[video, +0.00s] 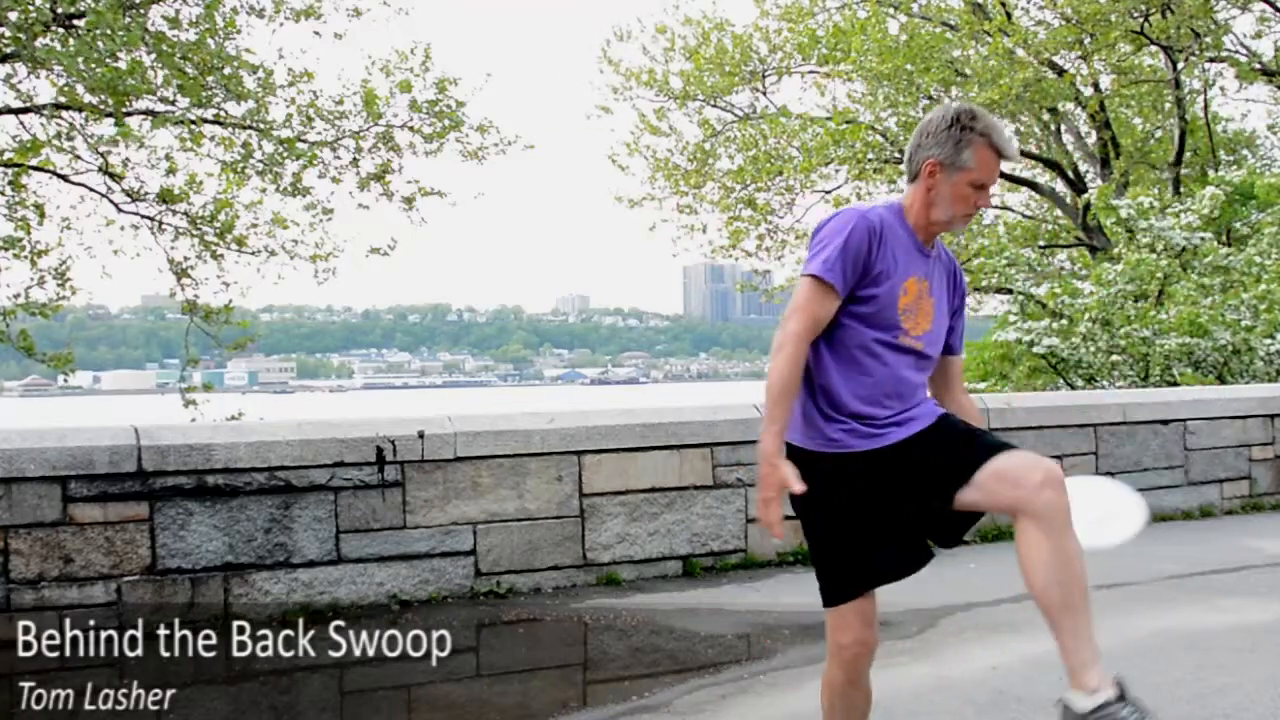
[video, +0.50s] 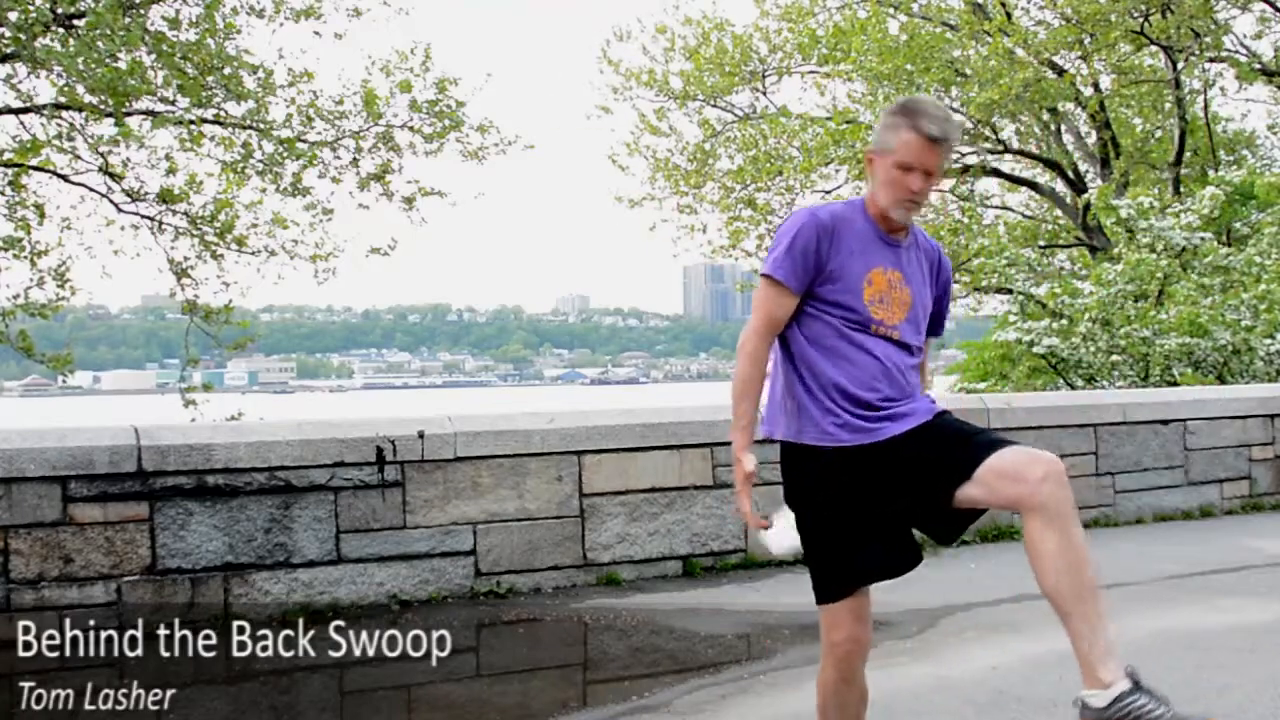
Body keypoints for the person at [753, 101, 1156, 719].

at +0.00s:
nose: (985, 203)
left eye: (990, 190)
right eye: (977, 186)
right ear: (930, 173)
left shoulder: (947, 276)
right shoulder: (858, 229)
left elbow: (949, 391)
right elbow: (794, 335)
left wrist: (1003, 479)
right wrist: (771, 452)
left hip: (914, 438)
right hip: (833, 455)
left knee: (1040, 484)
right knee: (852, 646)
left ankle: (1091, 689)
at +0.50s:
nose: (919, 187)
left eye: (931, 175)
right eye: (907, 170)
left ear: (941, 177)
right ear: (870, 160)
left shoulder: (930, 262)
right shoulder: (815, 229)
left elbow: (915, 371)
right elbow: (757, 338)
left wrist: (939, 457)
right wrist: (741, 451)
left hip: (908, 436)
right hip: (825, 453)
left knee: (1042, 478)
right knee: (846, 641)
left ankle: (1106, 685)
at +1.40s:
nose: (829, 119)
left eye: (845, 107)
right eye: (833, 106)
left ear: (891, 127)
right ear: (872, 127)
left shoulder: (950, 215)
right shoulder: (800, 213)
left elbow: (1000, 310)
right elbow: (780, 329)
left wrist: (960, 374)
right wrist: (813, 419)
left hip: (929, 446)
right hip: (836, 448)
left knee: (959, 612)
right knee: (826, 623)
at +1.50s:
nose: (824, 118)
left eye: (840, 107)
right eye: (829, 106)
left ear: (884, 127)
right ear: (871, 127)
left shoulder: (942, 212)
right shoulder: (796, 215)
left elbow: (992, 317)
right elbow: (777, 327)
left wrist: (931, 356)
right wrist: (802, 416)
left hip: (928, 448)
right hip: (834, 451)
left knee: (957, 613)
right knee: (816, 621)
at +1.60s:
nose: (811, 122)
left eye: (827, 111)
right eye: (816, 110)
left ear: (870, 131)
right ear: (853, 131)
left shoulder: (925, 207)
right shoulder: (790, 215)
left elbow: (951, 326)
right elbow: (771, 325)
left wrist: (842, 318)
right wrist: (775, 407)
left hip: (916, 446)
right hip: (824, 449)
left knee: (950, 619)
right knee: (796, 621)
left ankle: (987, 719)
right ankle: (847, 719)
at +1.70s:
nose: (804, 126)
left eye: (819, 115)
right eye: (809, 114)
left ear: (862, 132)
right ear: (849, 133)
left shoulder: (911, 207)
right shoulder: (787, 221)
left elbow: (916, 327)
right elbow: (773, 320)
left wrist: (796, 294)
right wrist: (764, 404)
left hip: (908, 448)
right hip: (817, 450)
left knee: (942, 626)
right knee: (792, 621)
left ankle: (982, 719)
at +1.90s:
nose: (784, 139)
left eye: (797, 129)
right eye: (788, 128)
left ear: (838, 146)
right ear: (825, 147)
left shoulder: (866, 219)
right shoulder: (783, 228)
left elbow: (794, 311)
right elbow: (778, 338)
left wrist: (710, 246)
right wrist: (738, 409)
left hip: (875, 449)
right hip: (801, 453)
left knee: (876, 640)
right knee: (784, 626)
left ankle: (950, 712)